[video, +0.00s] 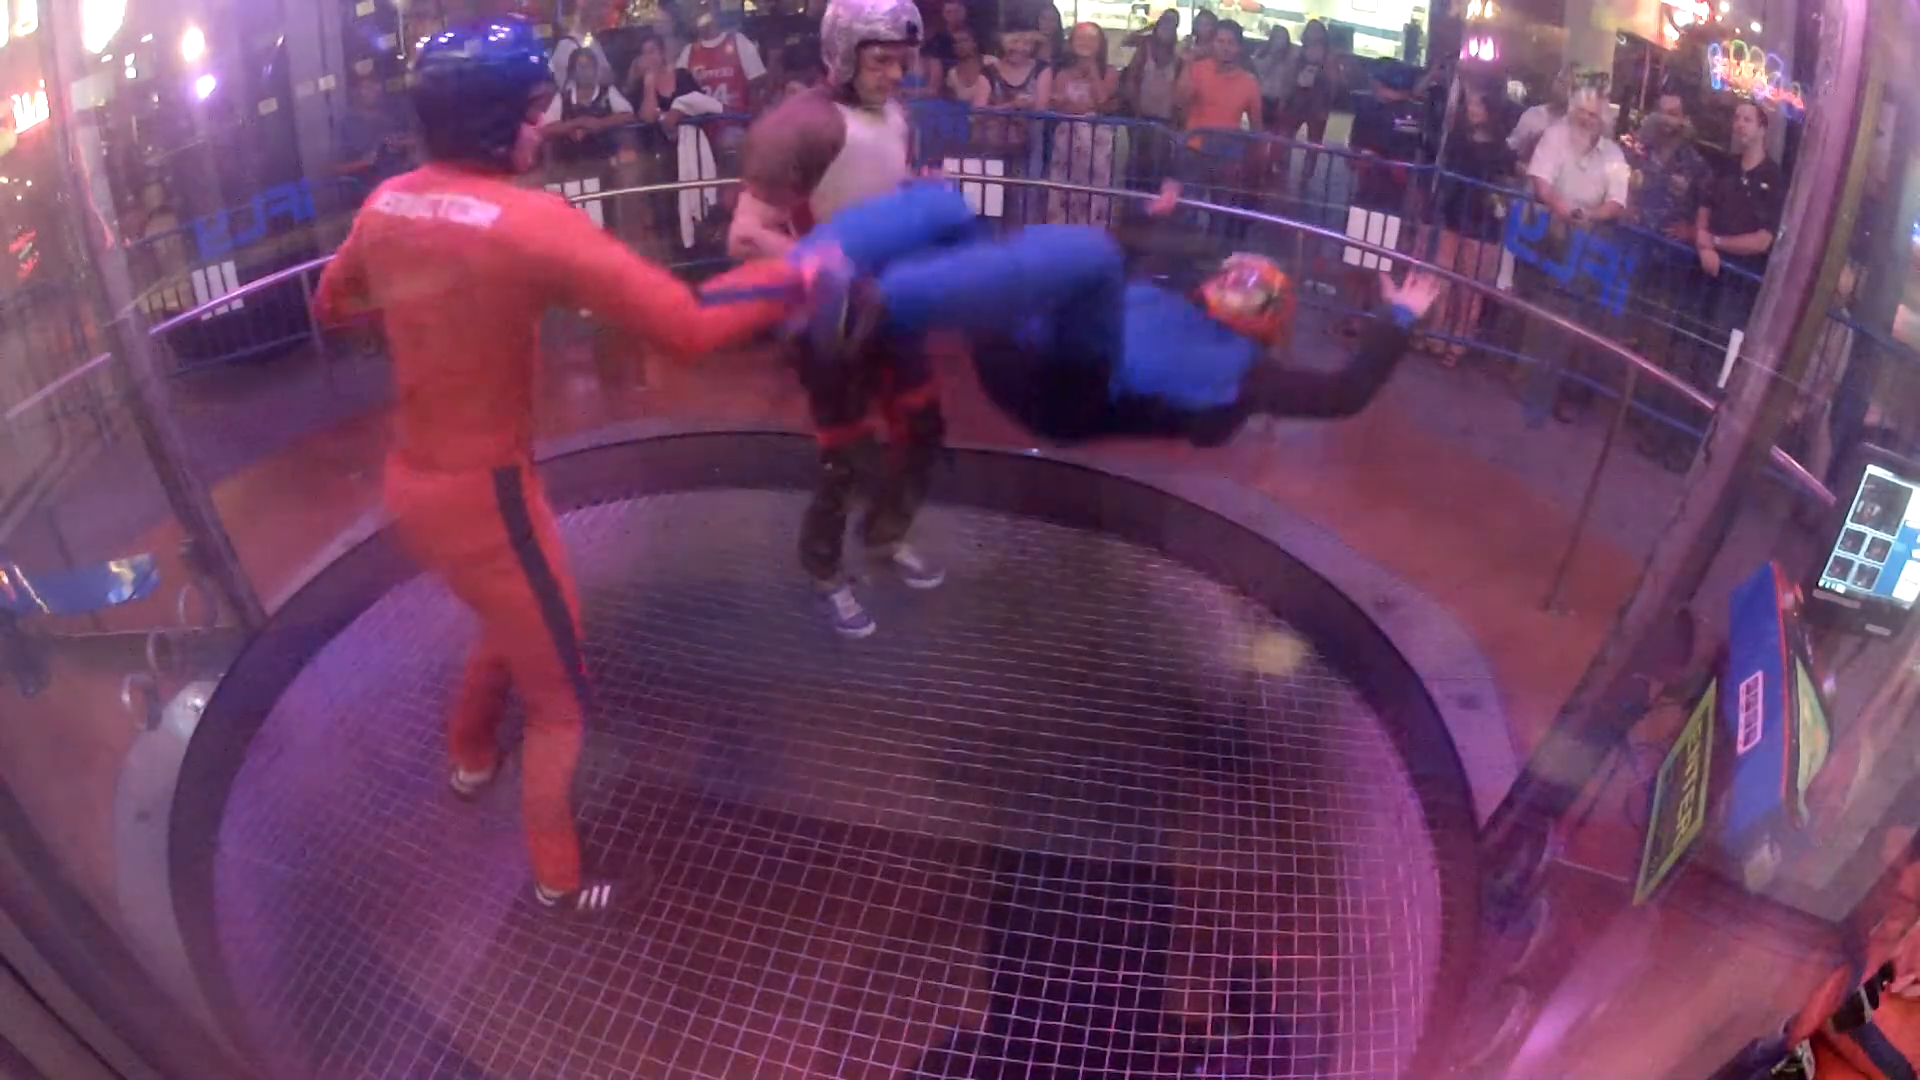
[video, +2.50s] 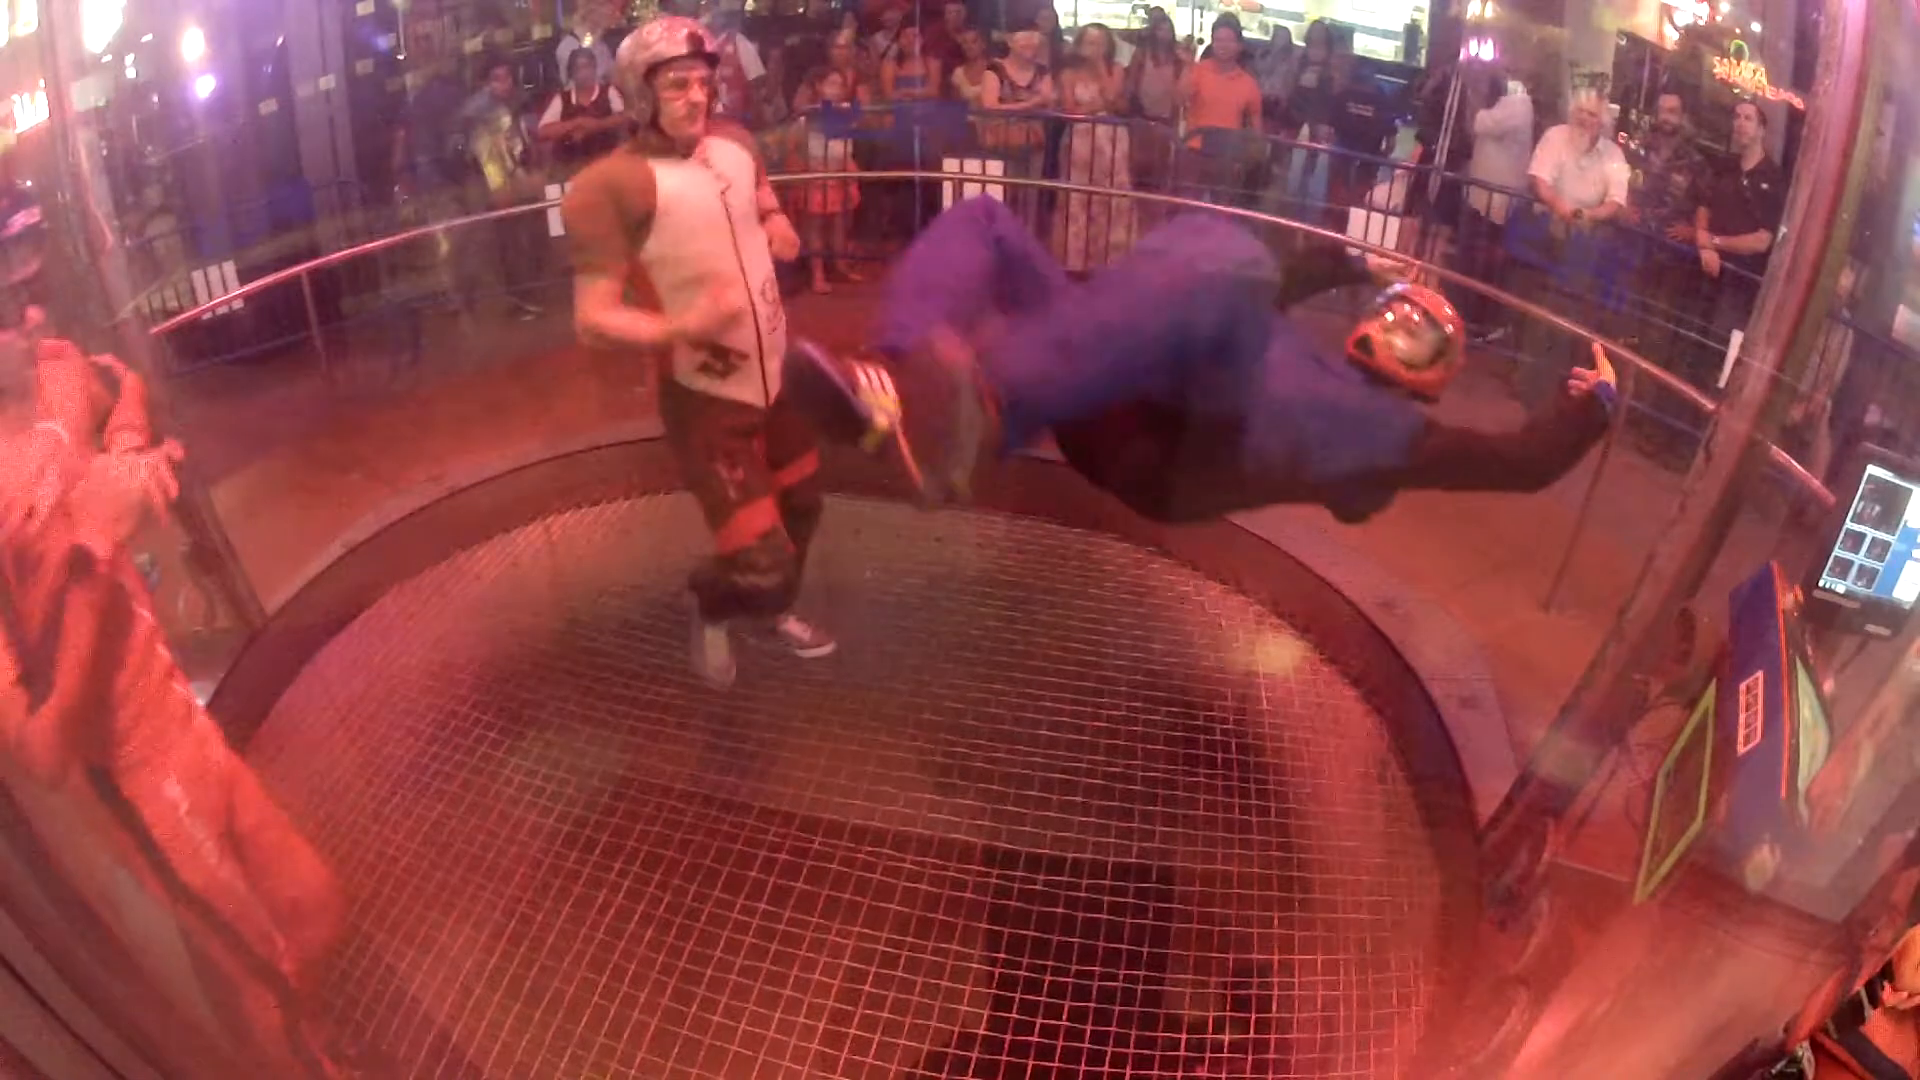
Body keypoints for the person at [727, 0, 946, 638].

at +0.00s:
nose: (887, 74)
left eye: (896, 62)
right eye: (875, 61)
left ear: (905, 62)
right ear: (843, 60)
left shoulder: (900, 120)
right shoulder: (805, 125)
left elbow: (897, 193)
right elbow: (746, 229)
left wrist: (931, 210)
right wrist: (813, 270)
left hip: (890, 297)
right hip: (823, 309)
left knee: (920, 429)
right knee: (849, 452)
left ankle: (886, 540)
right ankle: (827, 575)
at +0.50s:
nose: (897, 73)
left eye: (900, 62)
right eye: (888, 60)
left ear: (880, 60)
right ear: (853, 53)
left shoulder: (880, 115)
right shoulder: (811, 121)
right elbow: (860, 215)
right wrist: (950, 155)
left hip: (903, 314)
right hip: (851, 319)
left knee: (929, 438)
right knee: (865, 459)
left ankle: (879, 547)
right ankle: (830, 574)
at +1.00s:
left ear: (873, 116)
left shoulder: (902, 129)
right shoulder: (838, 159)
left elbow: (960, 168)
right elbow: (874, 215)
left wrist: (950, 133)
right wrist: (937, 152)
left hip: (918, 317)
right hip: (870, 319)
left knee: (922, 435)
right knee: (884, 458)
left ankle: (881, 549)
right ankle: (836, 569)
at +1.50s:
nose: (869, 84)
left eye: (874, 71)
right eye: (854, 71)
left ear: (887, 83)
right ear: (832, 84)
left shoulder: (895, 131)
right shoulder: (801, 139)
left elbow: (943, 153)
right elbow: (767, 210)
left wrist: (940, 144)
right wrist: (854, 183)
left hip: (895, 311)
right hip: (835, 316)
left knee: (900, 442)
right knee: (865, 459)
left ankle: (876, 553)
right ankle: (821, 563)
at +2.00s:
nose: (743, 76)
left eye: (753, 65)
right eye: (727, 66)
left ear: (766, 75)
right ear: (699, 77)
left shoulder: (782, 143)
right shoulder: (662, 164)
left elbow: (803, 241)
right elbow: (652, 273)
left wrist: (823, 233)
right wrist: (754, 281)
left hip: (790, 340)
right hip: (714, 352)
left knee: (850, 471)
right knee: (723, 489)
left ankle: (847, 561)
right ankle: (708, 598)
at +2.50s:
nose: (694, 96)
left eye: (701, 82)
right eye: (676, 86)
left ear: (712, 86)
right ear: (641, 98)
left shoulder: (734, 151)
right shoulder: (611, 186)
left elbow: (778, 224)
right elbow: (594, 315)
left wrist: (771, 243)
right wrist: (682, 325)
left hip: (773, 382)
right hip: (704, 401)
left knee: (803, 505)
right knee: (766, 572)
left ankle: (774, 614)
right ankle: (707, 604)